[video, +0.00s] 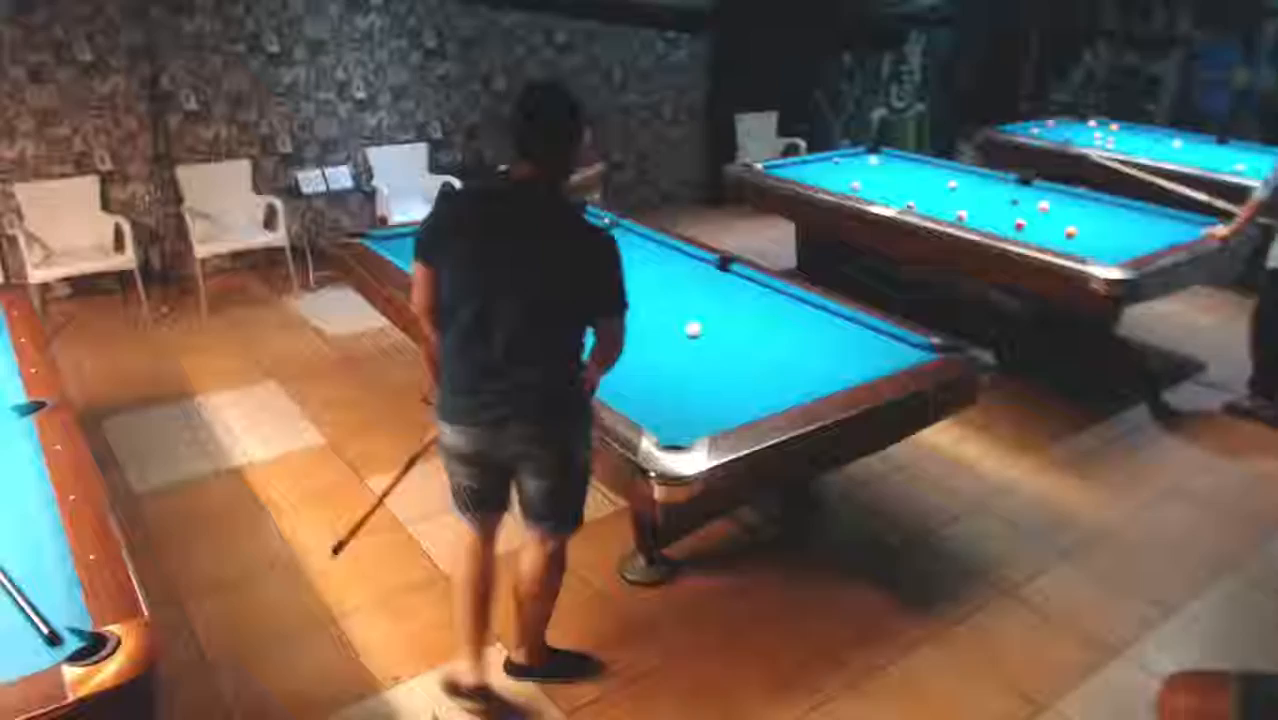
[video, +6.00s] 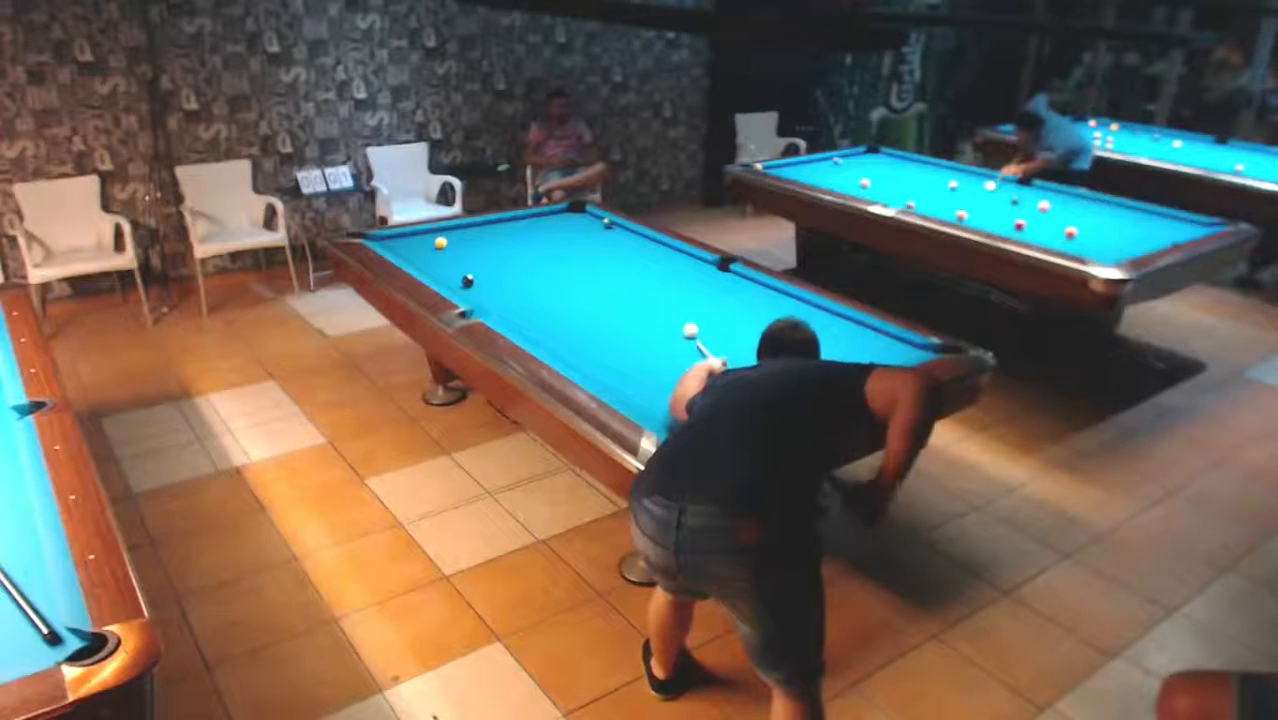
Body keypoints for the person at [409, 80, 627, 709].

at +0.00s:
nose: (584, 148)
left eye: (578, 138)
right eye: (582, 139)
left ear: (511, 140)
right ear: (574, 148)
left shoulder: (455, 210)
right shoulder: (589, 238)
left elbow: (422, 306)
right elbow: (612, 340)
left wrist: (444, 370)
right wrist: (587, 380)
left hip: (466, 411)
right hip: (549, 417)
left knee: (476, 530)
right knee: (545, 541)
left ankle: (468, 665)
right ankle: (528, 652)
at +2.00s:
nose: (819, 217)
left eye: (823, 207)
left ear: (828, 216)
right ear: (899, 224)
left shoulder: (787, 302)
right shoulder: (925, 312)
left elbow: (717, 441)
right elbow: (935, 412)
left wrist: (744, 477)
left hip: (792, 540)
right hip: (883, 535)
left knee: (770, 704)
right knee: (828, 625)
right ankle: (819, 710)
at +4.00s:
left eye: (863, 245)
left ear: (861, 253)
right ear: (939, 259)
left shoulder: (801, 321)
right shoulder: (967, 357)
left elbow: (682, 341)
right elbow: (1080, 483)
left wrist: (658, 289)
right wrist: (1103, 589)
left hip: (770, 537)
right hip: (871, 561)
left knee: (716, 608)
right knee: (836, 654)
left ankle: (717, 711)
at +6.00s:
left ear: (760, 357)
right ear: (814, 357)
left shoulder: (728, 381)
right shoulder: (837, 381)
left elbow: (680, 404)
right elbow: (914, 387)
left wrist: (704, 368)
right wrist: (883, 489)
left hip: (652, 512)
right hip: (745, 527)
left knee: (672, 585)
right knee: (793, 683)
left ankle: (664, 671)